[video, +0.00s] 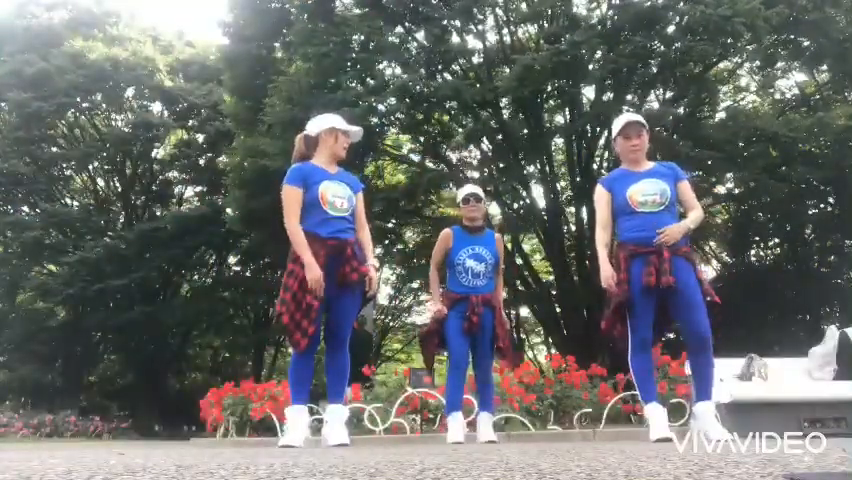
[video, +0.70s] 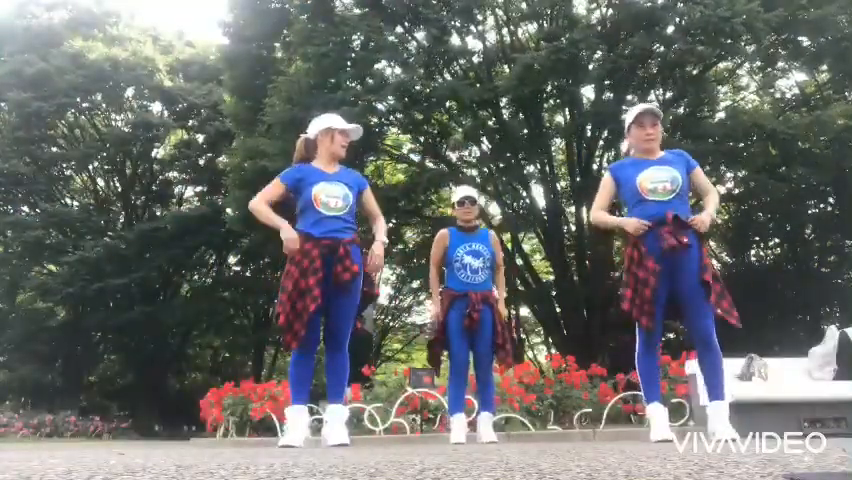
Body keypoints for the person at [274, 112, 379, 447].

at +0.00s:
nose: (347, 142)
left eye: (347, 137)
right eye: (343, 136)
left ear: (338, 140)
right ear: (324, 137)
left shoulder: (352, 181)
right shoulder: (299, 172)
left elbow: (362, 227)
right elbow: (292, 222)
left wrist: (371, 261)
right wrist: (309, 263)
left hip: (349, 256)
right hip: (312, 254)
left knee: (339, 338)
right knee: (306, 339)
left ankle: (336, 418)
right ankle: (297, 419)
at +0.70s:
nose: (347, 141)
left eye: (348, 137)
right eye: (341, 135)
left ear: (341, 142)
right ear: (322, 138)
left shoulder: (355, 179)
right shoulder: (299, 173)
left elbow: (377, 218)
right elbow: (257, 203)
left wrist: (379, 243)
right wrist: (284, 226)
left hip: (347, 259)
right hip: (309, 257)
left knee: (339, 340)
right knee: (305, 339)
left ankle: (336, 419)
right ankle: (297, 419)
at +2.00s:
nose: (340, 137)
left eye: (343, 132)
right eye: (333, 131)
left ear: (347, 137)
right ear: (317, 136)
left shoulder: (359, 167)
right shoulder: (299, 162)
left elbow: (391, 184)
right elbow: (251, 167)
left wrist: (374, 195)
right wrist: (278, 181)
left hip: (346, 255)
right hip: (308, 253)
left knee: (338, 339)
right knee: (305, 338)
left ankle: (336, 420)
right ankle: (298, 420)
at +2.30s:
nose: (336, 138)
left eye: (340, 133)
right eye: (330, 133)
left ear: (346, 138)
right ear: (315, 138)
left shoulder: (355, 168)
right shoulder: (302, 168)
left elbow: (391, 184)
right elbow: (271, 183)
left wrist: (361, 200)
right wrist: (308, 181)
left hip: (345, 254)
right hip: (307, 254)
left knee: (338, 340)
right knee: (305, 340)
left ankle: (335, 420)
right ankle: (297, 420)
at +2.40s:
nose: (343, 135)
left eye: (344, 131)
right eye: (336, 130)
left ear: (343, 138)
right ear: (319, 136)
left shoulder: (357, 174)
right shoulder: (297, 173)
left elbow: (369, 211)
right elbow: (287, 214)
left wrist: (359, 237)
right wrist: (302, 220)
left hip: (347, 259)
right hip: (310, 259)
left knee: (339, 341)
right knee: (306, 340)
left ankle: (336, 417)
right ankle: (297, 417)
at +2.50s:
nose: (345, 135)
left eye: (346, 131)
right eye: (338, 130)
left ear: (344, 137)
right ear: (320, 135)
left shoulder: (358, 175)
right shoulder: (297, 173)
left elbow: (362, 221)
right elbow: (284, 223)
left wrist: (360, 261)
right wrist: (291, 260)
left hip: (345, 257)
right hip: (307, 256)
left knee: (339, 341)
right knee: (306, 341)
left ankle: (336, 418)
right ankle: (297, 419)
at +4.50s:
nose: (328, 139)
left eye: (333, 134)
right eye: (322, 134)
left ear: (340, 139)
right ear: (309, 138)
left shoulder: (348, 180)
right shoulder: (293, 172)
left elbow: (361, 223)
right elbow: (280, 216)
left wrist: (353, 242)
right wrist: (285, 255)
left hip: (340, 254)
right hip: (303, 251)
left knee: (341, 331)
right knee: (302, 333)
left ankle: (336, 416)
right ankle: (297, 417)